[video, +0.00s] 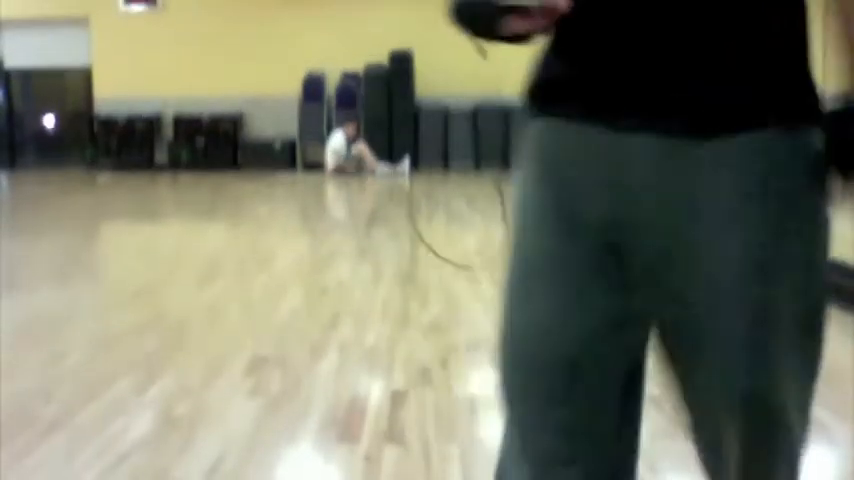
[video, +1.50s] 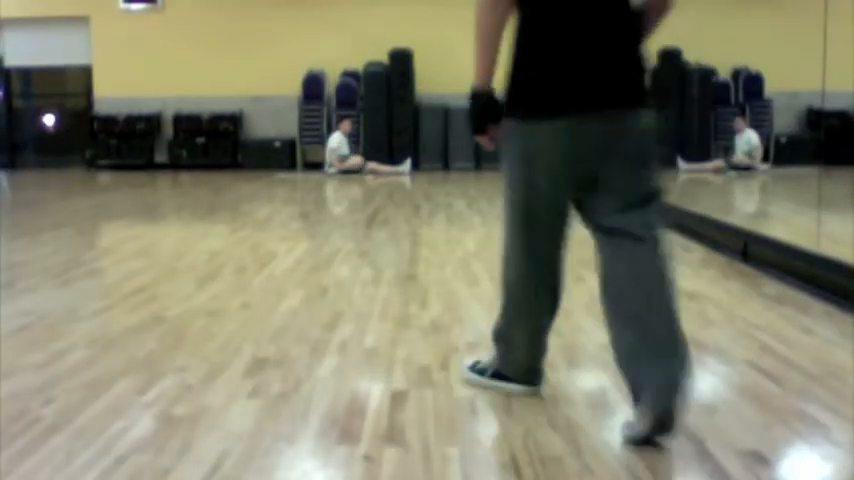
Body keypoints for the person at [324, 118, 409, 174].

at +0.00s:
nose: (356, 131)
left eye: (357, 128)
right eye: (354, 128)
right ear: (348, 126)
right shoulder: (338, 140)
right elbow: (333, 167)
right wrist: (351, 170)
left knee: (361, 146)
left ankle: (376, 168)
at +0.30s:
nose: (352, 127)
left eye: (352, 125)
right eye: (350, 124)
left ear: (348, 125)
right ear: (344, 123)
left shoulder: (341, 134)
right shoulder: (337, 134)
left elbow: (343, 146)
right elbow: (343, 145)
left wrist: (360, 147)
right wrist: (356, 146)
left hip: (340, 163)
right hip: (335, 165)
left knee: (369, 163)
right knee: (356, 139)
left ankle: (398, 168)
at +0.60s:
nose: (351, 128)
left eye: (351, 126)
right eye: (349, 126)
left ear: (350, 127)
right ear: (341, 126)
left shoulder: (344, 138)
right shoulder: (335, 138)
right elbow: (349, 151)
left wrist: (356, 146)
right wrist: (356, 142)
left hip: (346, 168)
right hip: (337, 170)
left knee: (372, 167)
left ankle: (399, 170)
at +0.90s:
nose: (350, 129)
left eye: (351, 127)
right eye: (348, 126)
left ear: (351, 128)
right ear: (341, 126)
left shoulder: (345, 138)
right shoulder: (336, 137)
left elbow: (350, 149)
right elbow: (340, 152)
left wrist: (356, 158)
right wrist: (352, 160)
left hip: (343, 163)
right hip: (335, 164)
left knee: (370, 165)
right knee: (360, 143)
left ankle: (400, 169)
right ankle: (352, 165)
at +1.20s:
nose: (350, 130)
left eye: (350, 127)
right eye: (347, 126)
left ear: (349, 128)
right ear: (341, 127)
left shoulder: (344, 139)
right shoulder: (337, 138)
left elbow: (347, 152)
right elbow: (339, 154)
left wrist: (353, 158)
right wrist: (349, 159)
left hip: (343, 164)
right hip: (336, 165)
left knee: (371, 166)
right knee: (362, 148)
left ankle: (400, 170)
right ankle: (346, 165)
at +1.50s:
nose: (349, 128)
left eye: (350, 125)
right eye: (347, 125)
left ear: (348, 127)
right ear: (341, 125)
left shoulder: (343, 138)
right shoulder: (336, 138)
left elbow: (344, 155)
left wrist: (354, 159)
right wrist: (352, 162)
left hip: (343, 166)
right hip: (336, 169)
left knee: (371, 165)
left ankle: (399, 169)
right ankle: (400, 170)